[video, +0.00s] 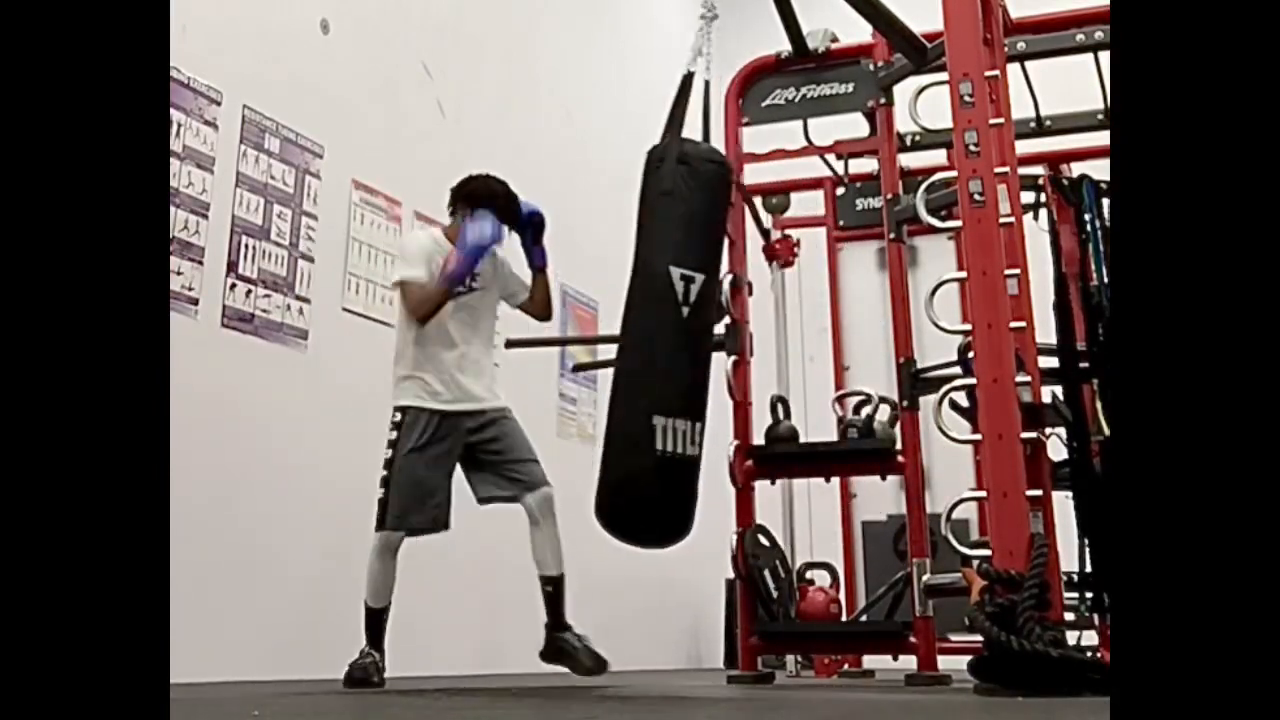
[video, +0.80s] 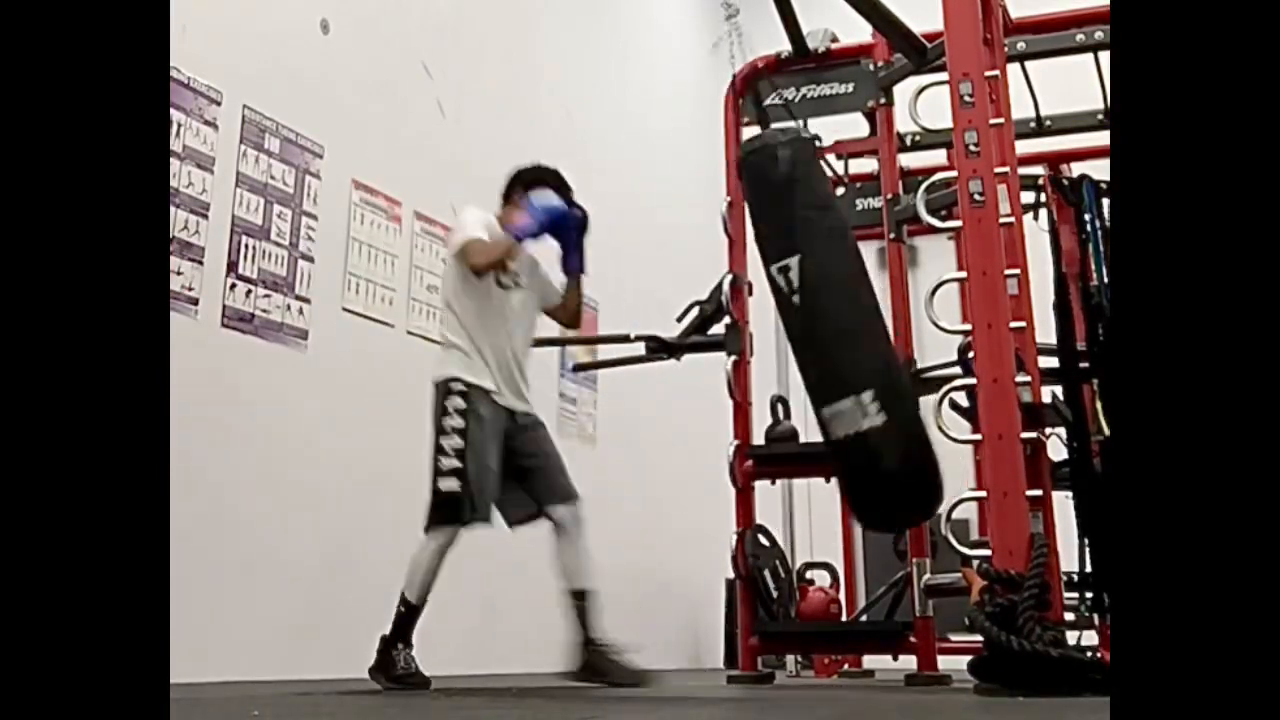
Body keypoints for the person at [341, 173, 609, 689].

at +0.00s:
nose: (487, 237)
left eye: (495, 229)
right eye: (482, 225)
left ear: (498, 229)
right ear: (458, 215)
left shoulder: (491, 262)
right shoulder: (420, 245)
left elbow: (540, 309)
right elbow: (418, 309)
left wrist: (534, 249)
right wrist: (462, 262)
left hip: (485, 405)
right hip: (423, 405)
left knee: (541, 499)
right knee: (388, 534)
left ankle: (558, 632)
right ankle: (372, 653)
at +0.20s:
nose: (545, 231)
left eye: (547, 223)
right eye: (542, 220)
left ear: (519, 213)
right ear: (521, 211)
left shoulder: (511, 254)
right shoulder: (495, 244)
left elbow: (545, 317)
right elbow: (545, 299)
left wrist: (567, 256)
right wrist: (565, 250)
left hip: (520, 409)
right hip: (489, 406)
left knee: (560, 521)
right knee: (453, 530)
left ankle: (559, 656)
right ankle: (359, 632)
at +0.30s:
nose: (548, 224)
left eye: (552, 217)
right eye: (543, 214)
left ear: (533, 222)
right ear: (515, 212)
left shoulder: (534, 269)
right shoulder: (485, 232)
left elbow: (575, 314)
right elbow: (512, 269)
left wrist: (578, 254)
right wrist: (546, 228)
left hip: (531, 407)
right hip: (479, 402)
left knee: (580, 511)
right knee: (440, 527)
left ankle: (564, 643)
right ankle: (396, 651)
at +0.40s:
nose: (546, 217)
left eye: (558, 210)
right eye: (538, 204)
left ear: (568, 216)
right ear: (517, 203)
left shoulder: (569, 268)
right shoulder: (483, 251)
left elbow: (619, 316)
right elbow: (441, 314)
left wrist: (629, 280)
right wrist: (496, 264)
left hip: (556, 414)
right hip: (489, 414)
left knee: (616, 516)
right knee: (439, 532)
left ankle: (651, 644)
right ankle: (392, 651)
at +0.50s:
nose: (616, 235)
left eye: (623, 227)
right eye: (613, 224)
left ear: (624, 230)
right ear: (595, 215)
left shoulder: (623, 281)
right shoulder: (552, 254)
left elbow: (655, 336)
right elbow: (489, 267)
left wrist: (671, 287)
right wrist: (562, 242)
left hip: (597, 422)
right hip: (539, 411)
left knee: (653, 517)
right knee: (479, 530)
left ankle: (659, 652)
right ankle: (401, 640)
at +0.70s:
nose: (602, 246)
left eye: (608, 240)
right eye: (599, 235)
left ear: (590, 237)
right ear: (573, 223)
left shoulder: (578, 282)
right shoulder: (542, 249)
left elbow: (600, 350)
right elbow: (542, 297)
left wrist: (622, 286)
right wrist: (598, 302)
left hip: (571, 417)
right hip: (527, 403)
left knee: (631, 524)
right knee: (498, 534)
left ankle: (658, 656)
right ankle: (399, 632)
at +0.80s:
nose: (540, 219)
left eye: (548, 213)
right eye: (534, 208)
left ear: (550, 220)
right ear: (511, 202)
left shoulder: (531, 268)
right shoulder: (475, 223)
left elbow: (571, 317)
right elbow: (476, 260)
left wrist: (573, 257)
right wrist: (518, 233)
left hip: (514, 402)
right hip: (465, 388)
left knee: (567, 513)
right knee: (448, 521)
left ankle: (590, 650)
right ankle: (394, 649)